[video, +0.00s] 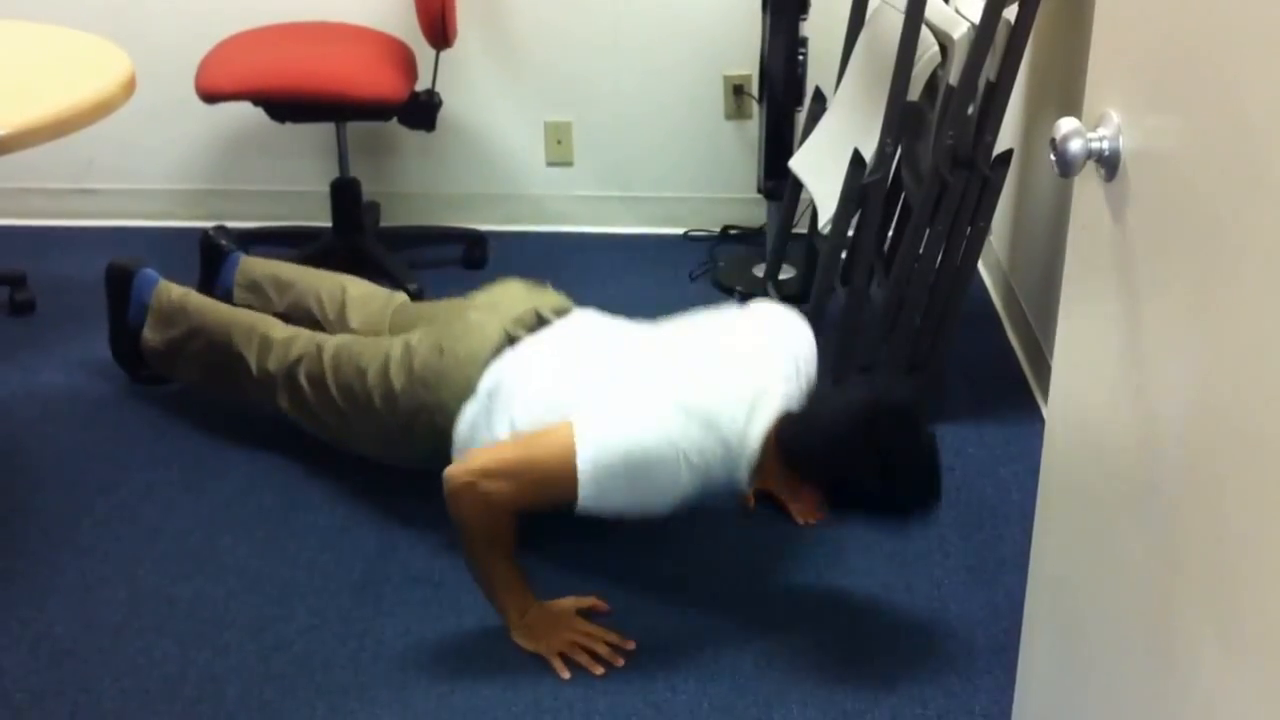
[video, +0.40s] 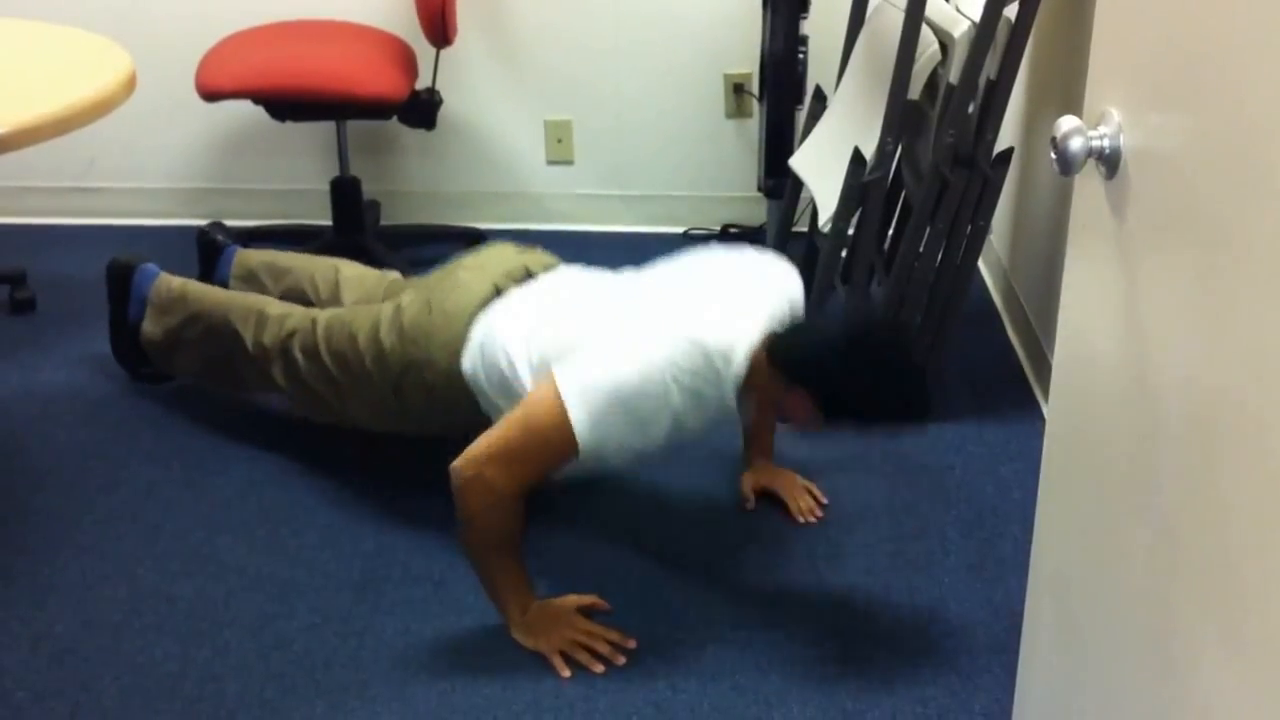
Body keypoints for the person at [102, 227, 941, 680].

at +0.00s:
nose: (825, 526)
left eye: (839, 518)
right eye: (833, 515)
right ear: (808, 487)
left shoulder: (787, 335)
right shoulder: (664, 454)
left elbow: (700, 327)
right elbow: (471, 487)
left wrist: (751, 458)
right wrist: (525, 615)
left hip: (535, 308)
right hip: (459, 390)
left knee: (390, 312)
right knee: (290, 365)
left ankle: (243, 268)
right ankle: (155, 315)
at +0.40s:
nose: (814, 427)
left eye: (825, 418)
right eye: (823, 419)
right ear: (801, 388)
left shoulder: (777, 285)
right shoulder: (656, 375)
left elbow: (761, 371)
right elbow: (479, 478)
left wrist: (756, 456)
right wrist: (525, 610)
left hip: (524, 272)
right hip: (464, 346)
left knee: (374, 290)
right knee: (290, 354)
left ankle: (237, 256)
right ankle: (154, 309)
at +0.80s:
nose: (825, 478)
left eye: (838, 475)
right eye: (834, 468)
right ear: (805, 433)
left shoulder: (781, 301)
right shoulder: (666, 411)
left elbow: (745, 371)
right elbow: (472, 475)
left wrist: (759, 450)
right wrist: (525, 611)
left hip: (531, 288)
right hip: (464, 369)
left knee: (377, 297)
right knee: (293, 354)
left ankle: (241, 258)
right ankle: (157, 310)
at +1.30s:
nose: (830, 395)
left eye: (848, 388)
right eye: (834, 380)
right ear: (789, 338)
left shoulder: (770, 244)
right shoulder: (643, 335)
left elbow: (763, 352)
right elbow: (496, 461)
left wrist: (760, 453)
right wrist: (526, 606)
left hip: (522, 247)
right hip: (461, 316)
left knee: (373, 277)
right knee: (291, 338)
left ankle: (237, 252)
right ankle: (152, 307)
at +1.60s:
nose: (843, 435)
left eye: (858, 426)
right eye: (845, 421)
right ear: (796, 376)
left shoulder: (780, 272)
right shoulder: (665, 371)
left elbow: (760, 361)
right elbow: (476, 471)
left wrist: (759, 449)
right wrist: (527, 607)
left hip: (526, 264)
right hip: (464, 341)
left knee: (373, 284)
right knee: (295, 347)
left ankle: (240, 255)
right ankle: (156, 313)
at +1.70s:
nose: (847, 535)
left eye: (863, 523)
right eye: (848, 519)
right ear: (808, 478)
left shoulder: (788, 334)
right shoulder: (668, 451)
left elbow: (705, 323)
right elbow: (472, 484)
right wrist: (525, 608)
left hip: (539, 305)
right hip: (465, 383)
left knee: (391, 308)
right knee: (293, 358)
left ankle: (246, 258)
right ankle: (156, 309)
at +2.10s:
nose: (847, 426)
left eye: (864, 417)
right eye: (852, 413)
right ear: (800, 372)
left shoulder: (777, 275)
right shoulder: (655, 366)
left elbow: (761, 359)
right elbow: (482, 473)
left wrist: (759, 453)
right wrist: (526, 606)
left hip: (524, 267)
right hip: (463, 340)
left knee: (376, 287)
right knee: (293, 344)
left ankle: (242, 255)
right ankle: (158, 309)